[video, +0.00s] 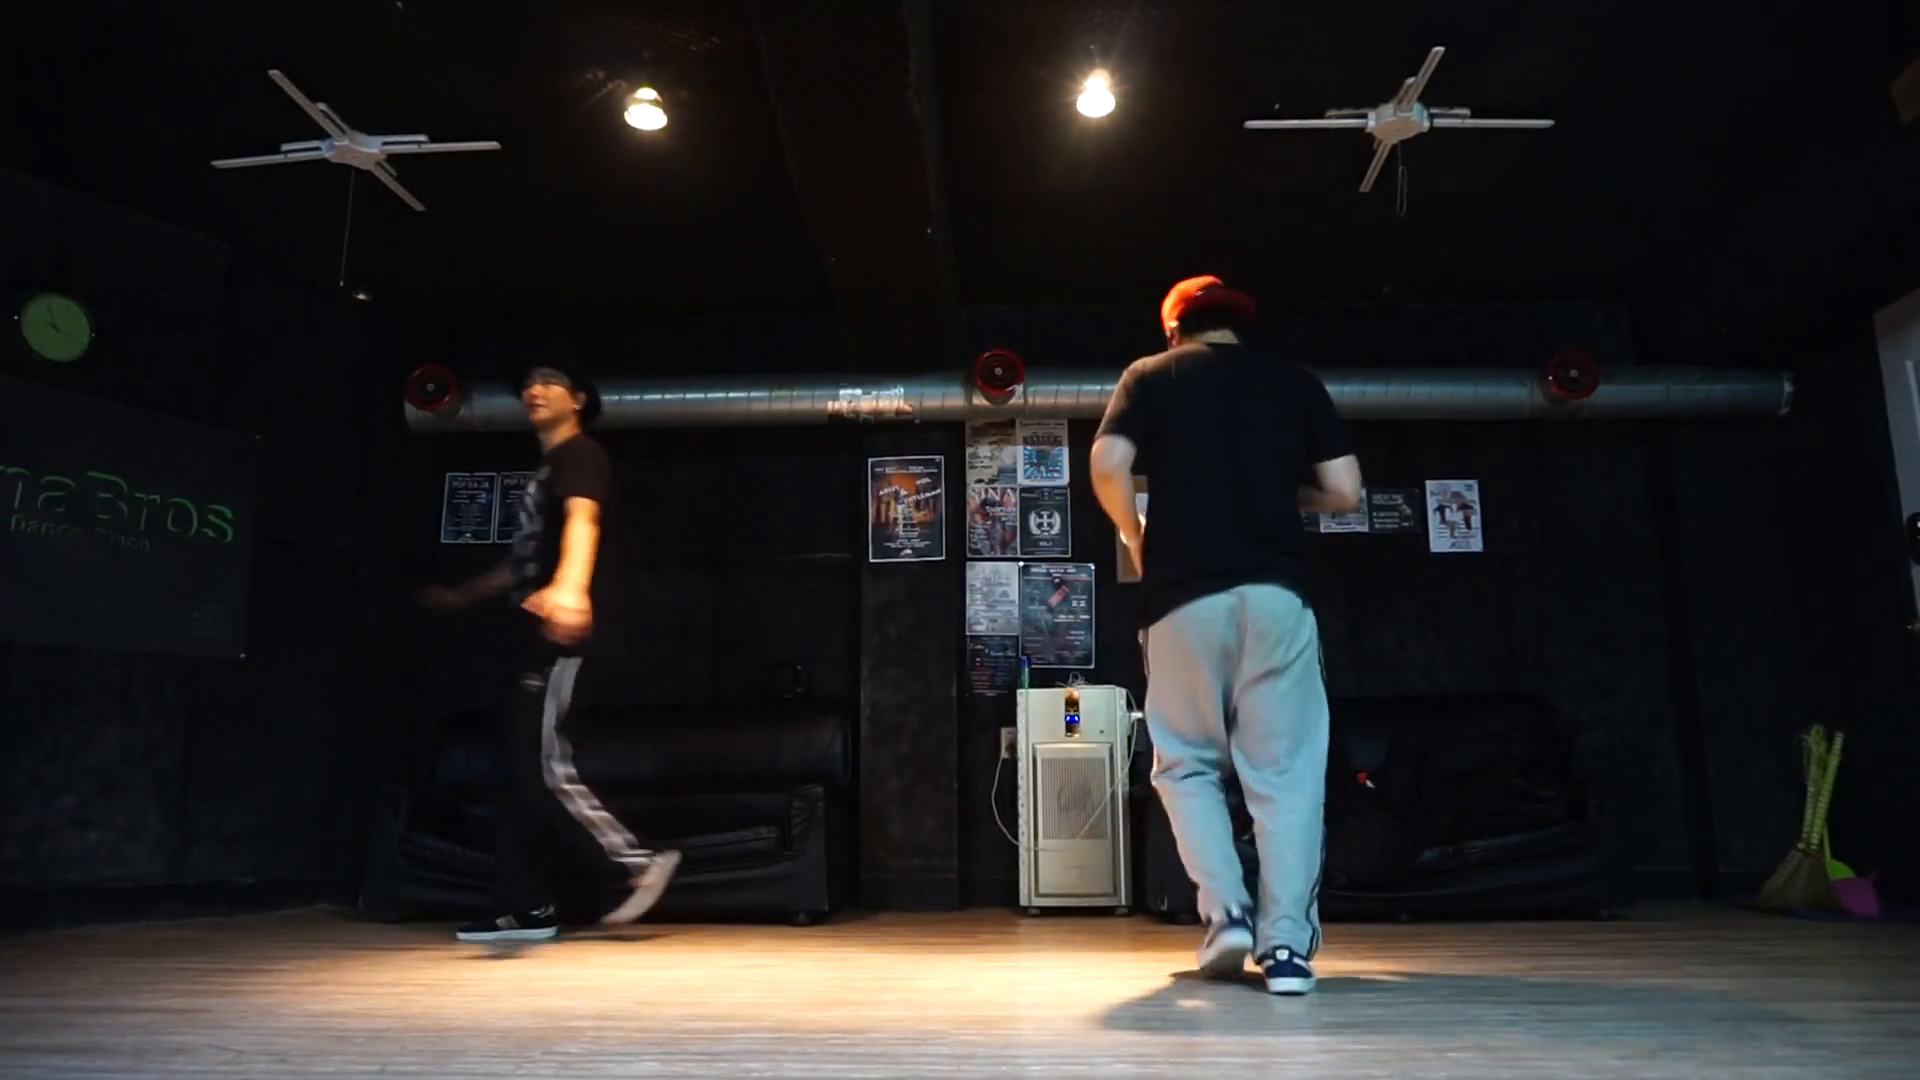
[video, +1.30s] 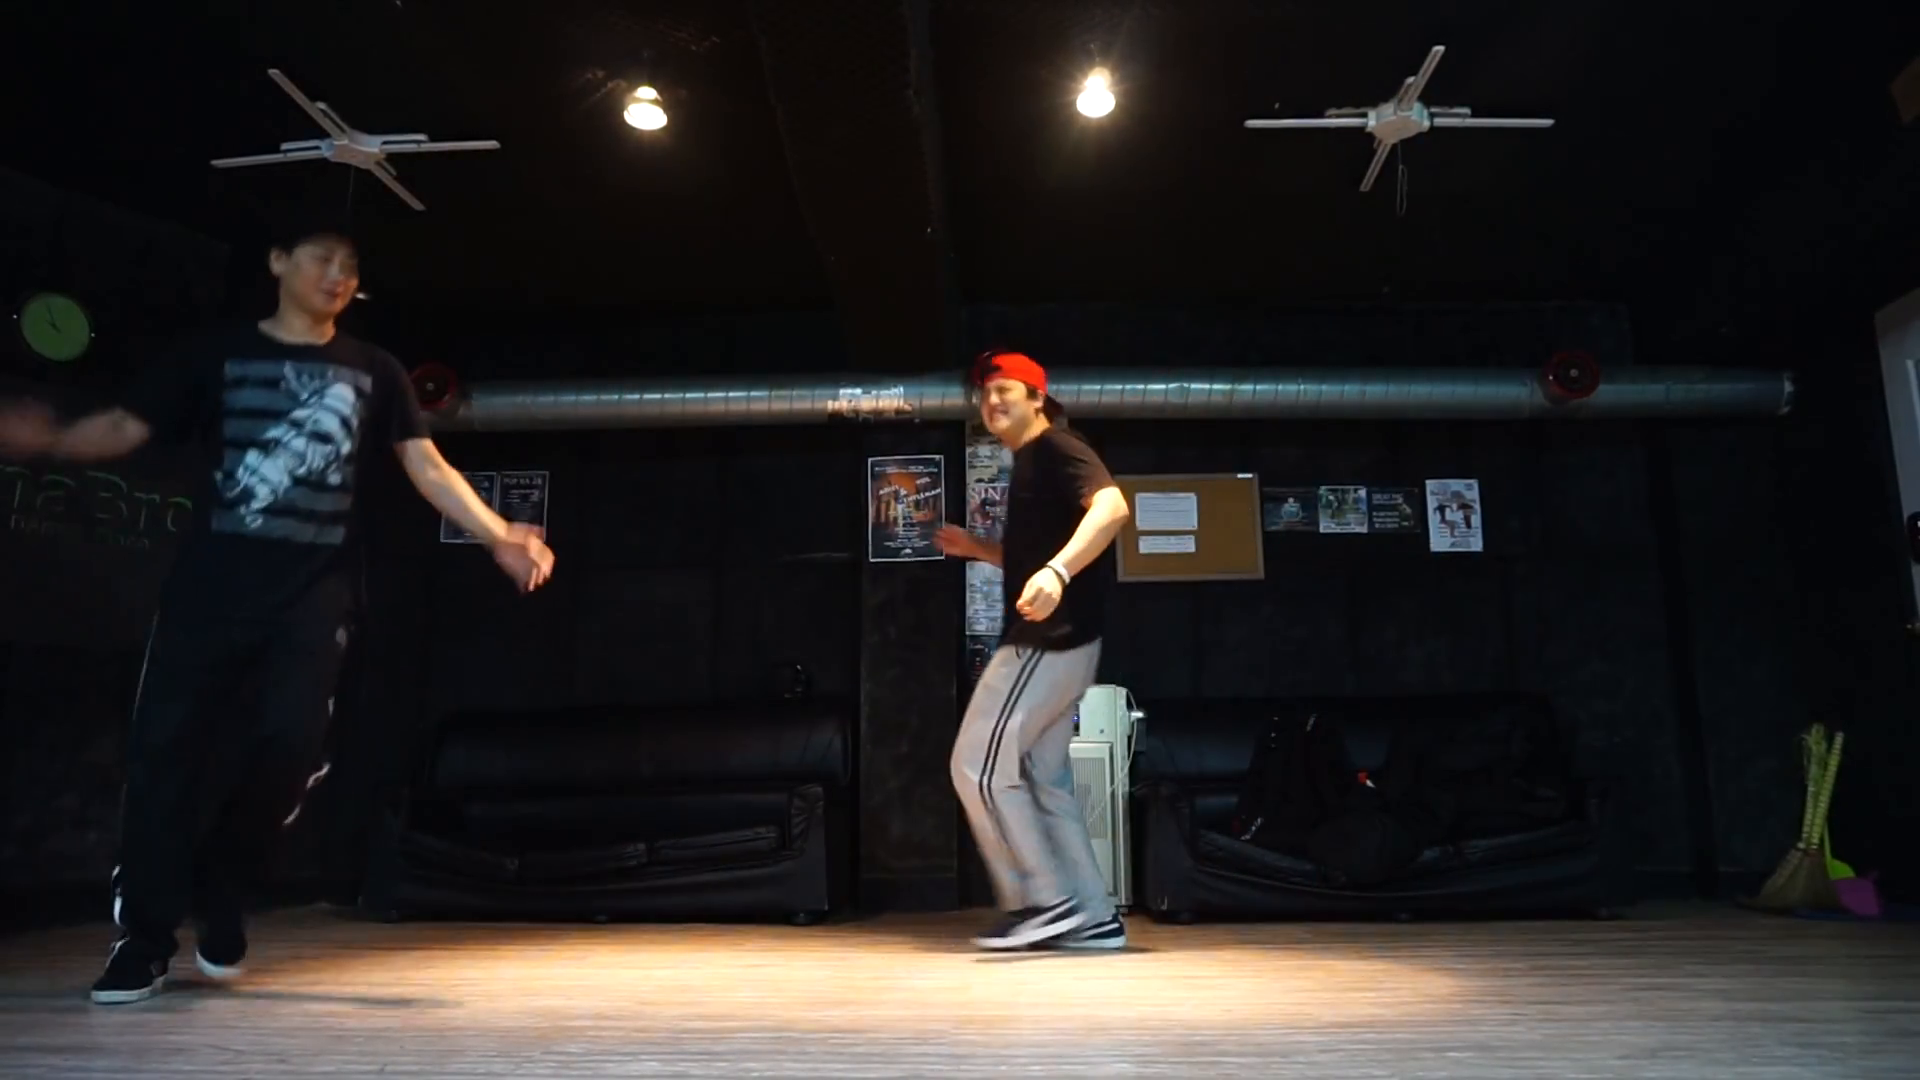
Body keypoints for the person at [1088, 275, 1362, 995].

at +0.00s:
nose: (1171, 340)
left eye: (1169, 330)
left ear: (1174, 331)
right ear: (1241, 324)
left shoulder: (1148, 377)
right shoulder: (1291, 378)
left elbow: (1107, 461)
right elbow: (1342, 491)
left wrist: (1132, 533)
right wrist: (1274, 490)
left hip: (1185, 596)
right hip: (1276, 592)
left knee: (1187, 764)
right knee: (1285, 775)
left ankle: (1227, 919)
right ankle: (1288, 948)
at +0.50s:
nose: (1090, 395)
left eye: (1094, 381)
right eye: (1088, 382)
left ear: (1126, 374)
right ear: (1148, 374)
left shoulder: (1152, 423)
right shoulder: (1209, 424)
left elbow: (1187, 510)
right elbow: (1255, 526)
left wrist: (1099, 533)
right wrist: (1185, 549)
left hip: (1159, 635)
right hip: (1220, 630)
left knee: (1141, 788)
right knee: (1205, 770)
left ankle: (1216, 936)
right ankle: (1263, 869)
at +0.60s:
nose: (1081, 392)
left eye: (1087, 378)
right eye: (1080, 380)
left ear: (1119, 372)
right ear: (1131, 373)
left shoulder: (1146, 423)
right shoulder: (1191, 423)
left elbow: (1180, 506)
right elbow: (1243, 524)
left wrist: (1088, 530)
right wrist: (1174, 560)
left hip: (1153, 634)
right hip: (1203, 629)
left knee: (1134, 788)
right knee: (1163, 770)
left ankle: (1216, 935)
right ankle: (1237, 885)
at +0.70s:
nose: (1068, 380)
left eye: (1076, 368)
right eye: (1068, 369)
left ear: (1112, 367)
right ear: (1117, 372)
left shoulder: (1132, 413)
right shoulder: (1166, 417)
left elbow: (1165, 490)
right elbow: (1228, 510)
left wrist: (1068, 518)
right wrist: (1157, 552)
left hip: (1146, 620)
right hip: (1178, 616)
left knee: (1144, 781)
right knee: (1120, 776)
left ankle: (1219, 930)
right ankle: (1154, 913)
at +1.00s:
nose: (1026, 406)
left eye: (1037, 394)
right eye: (1023, 397)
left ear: (1071, 395)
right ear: (1035, 405)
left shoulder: (1084, 435)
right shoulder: (1101, 441)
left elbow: (1111, 494)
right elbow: (1166, 528)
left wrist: (1025, 534)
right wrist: (1099, 564)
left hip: (1105, 645)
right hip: (1091, 643)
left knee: (1085, 787)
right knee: (1061, 782)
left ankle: (1200, 892)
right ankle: (1090, 923)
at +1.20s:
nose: (1002, 415)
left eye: (1014, 404)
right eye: (997, 407)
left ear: (1047, 409)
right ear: (995, 418)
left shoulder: (1067, 454)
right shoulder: (1049, 466)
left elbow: (1109, 513)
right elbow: (1073, 549)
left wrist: (1048, 570)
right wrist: (1020, 562)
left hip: (1063, 646)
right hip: (1079, 647)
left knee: (994, 773)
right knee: (1035, 776)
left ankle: (1108, 878)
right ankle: (1086, 914)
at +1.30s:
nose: (992, 405)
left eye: (1004, 392)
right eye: (986, 396)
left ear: (1037, 399)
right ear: (984, 407)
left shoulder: (1058, 448)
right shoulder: (1033, 460)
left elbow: (1111, 508)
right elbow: (1038, 553)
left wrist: (1057, 570)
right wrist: (977, 548)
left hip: (1046, 643)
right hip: (1057, 643)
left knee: (978, 765)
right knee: (1044, 778)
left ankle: (1045, 904)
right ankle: (1093, 916)